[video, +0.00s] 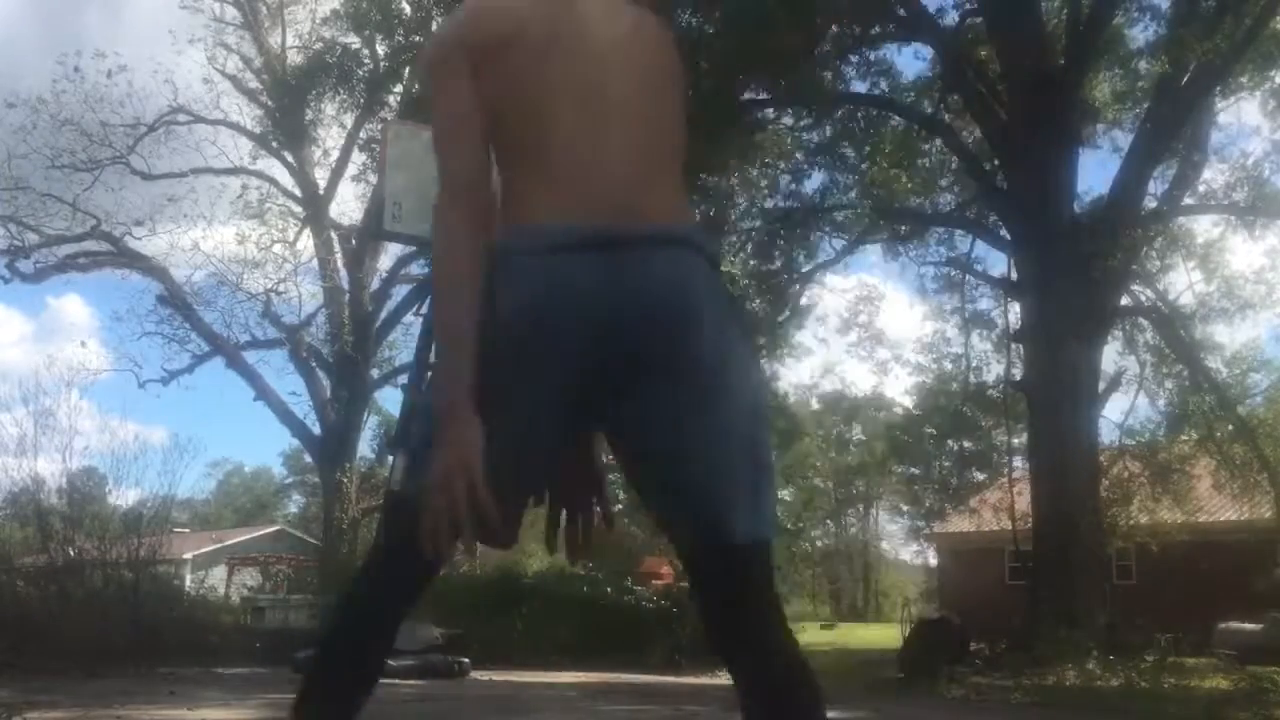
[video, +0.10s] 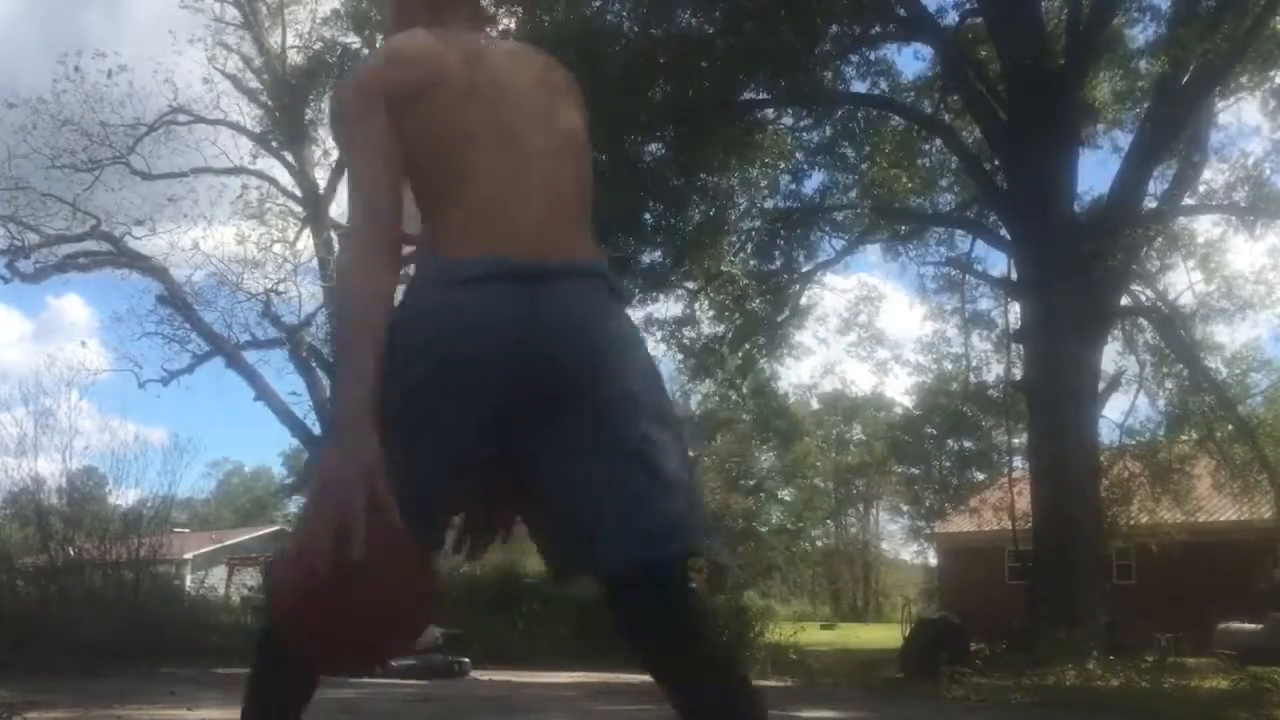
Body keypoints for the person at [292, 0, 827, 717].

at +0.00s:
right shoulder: (652, 30)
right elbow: (631, 213)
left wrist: (456, 405)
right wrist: (584, 420)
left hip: (531, 291)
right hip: (674, 291)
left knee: (393, 573)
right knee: (748, 608)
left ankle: (314, 708)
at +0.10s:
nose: (386, 23)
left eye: (386, 18)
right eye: (387, 21)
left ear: (401, 13)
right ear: (480, 14)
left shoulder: (381, 75)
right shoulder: (553, 73)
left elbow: (376, 243)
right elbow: (555, 241)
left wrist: (350, 427)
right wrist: (517, 457)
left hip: (453, 328)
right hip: (590, 326)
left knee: (320, 583)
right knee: (659, 602)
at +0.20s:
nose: (310, 19)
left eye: (313, 14)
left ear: (327, 8)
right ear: (410, 9)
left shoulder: (301, 50)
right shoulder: (470, 65)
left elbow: (286, 170)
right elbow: (490, 191)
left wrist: (225, 307)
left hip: (366, 285)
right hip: (488, 285)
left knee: (278, 547)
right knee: (545, 558)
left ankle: (243, 711)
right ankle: (620, 709)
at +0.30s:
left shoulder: (248, 8)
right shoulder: (429, 32)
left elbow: (231, 68)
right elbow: (439, 171)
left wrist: (146, 184)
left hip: (298, 240)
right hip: (419, 243)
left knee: (258, 530)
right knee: (427, 523)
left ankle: (236, 707)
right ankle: (429, 703)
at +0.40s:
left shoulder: (231, 3)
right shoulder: (395, 16)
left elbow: (168, 38)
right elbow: (397, 155)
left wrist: (68, 126)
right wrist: (387, 251)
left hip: (245, 209)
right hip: (361, 216)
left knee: (217, 488)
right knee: (321, 500)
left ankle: (187, 702)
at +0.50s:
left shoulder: (188, 5)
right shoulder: (359, 34)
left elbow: (103, 55)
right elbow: (351, 174)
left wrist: (0, 123)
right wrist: (341, 281)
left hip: (195, 220)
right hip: (311, 237)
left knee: (152, 489)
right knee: (244, 519)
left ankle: (82, 701)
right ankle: (184, 711)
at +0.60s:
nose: (286, 11)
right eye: (287, 10)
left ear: (200, 2)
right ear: (276, 9)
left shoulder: (142, 46)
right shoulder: (319, 84)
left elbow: (23, 119)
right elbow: (311, 209)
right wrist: (286, 304)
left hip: (148, 268)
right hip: (262, 287)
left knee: (74, 505)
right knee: (207, 535)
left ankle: (2, 678)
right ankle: (148, 704)